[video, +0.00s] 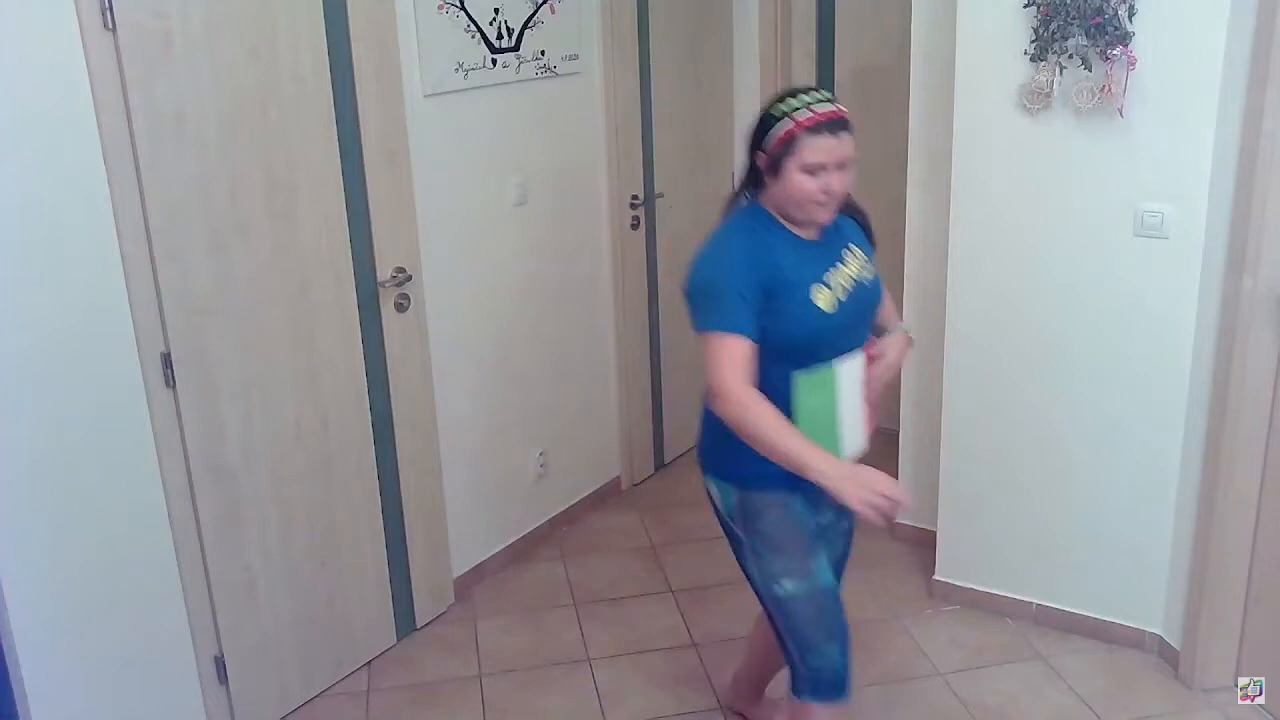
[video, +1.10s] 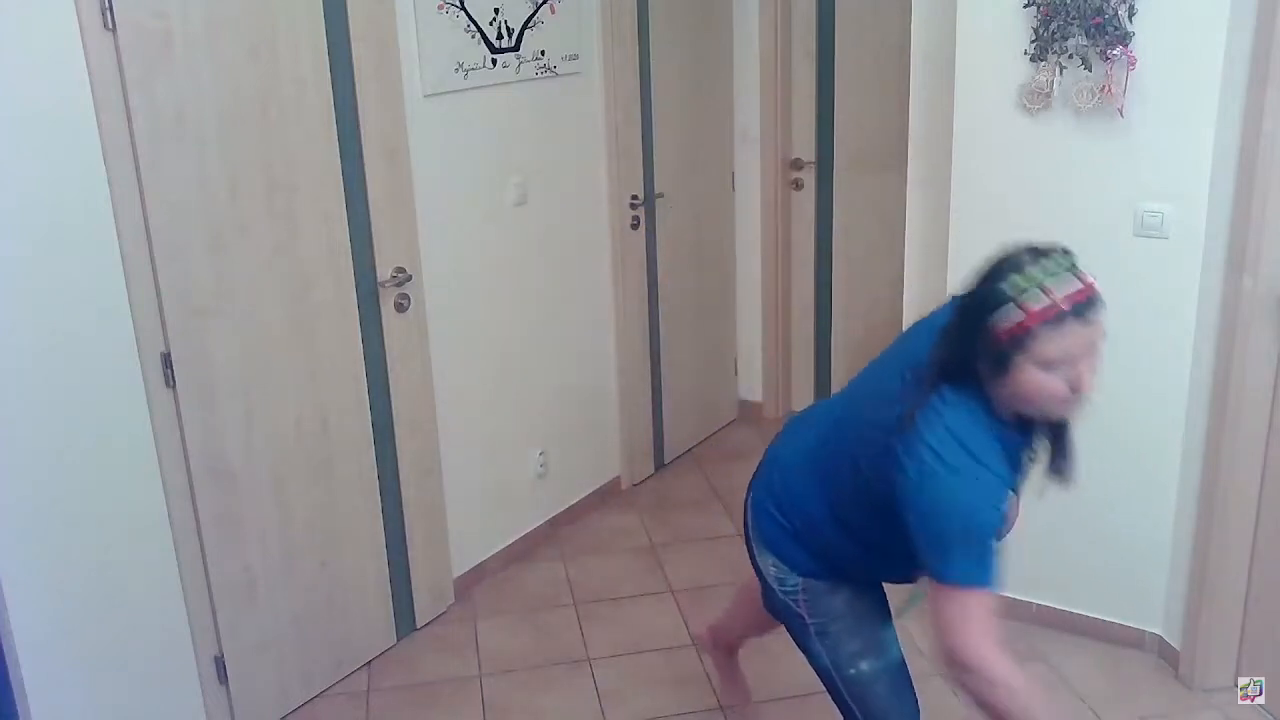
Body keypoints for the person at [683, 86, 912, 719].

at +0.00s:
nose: (834, 186)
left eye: (844, 168)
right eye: (815, 171)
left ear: (854, 163)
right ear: (768, 170)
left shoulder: (846, 228)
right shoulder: (733, 255)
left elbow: (877, 307)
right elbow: (728, 393)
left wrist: (895, 341)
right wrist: (836, 473)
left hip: (839, 464)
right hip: (759, 477)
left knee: (801, 604)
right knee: (825, 662)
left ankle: (740, 694)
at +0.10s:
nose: (845, 195)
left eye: (856, 178)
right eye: (827, 180)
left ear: (868, 173)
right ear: (779, 179)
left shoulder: (856, 236)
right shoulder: (746, 268)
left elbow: (882, 312)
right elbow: (750, 409)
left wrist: (903, 343)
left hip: (844, 474)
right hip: (766, 487)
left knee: (808, 606)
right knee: (834, 663)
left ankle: (741, 692)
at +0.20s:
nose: (921, 244)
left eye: (933, 225)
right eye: (901, 227)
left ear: (944, 221)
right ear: (851, 225)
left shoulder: (901, 286)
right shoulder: (829, 323)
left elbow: (916, 345)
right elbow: (876, 488)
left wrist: (938, 385)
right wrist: (1012, 597)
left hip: (850, 504)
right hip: (790, 518)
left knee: (821, 618)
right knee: (875, 693)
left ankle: (747, 686)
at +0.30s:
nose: (975, 273)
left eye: (984, 253)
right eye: (953, 257)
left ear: (996, 248)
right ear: (899, 258)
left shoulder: (938, 308)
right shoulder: (874, 340)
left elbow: (931, 375)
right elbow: (945, 541)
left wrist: (963, 414)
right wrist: (1081, 660)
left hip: (846, 511)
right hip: (796, 527)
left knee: (802, 615)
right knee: (884, 701)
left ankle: (747, 686)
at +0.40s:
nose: (1032, 315)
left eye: (1038, 293)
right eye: (1008, 300)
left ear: (1047, 277)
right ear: (950, 295)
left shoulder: (921, 295)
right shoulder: (924, 384)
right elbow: (1005, 590)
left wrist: (976, 433)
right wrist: (1127, 710)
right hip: (797, 529)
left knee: (798, 598)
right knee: (889, 705)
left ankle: (741, 675)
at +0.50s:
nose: (1093, 373)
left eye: (1100, 349)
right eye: (1067, 360)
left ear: (1110, 331)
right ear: (1011, 351)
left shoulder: (975, 297)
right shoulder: (978, 439)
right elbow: (1065, 653)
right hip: (804, 530)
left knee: (782, 574)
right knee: (893, 709)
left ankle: (727, 626)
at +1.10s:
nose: (1081, 383)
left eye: (1090, 355)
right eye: (1054, 366)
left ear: (1098, 340)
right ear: (994, 361)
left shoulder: (984, 321)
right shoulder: (953, 461)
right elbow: (969, 653)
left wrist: (996, 486)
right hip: (801, 539)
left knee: (788, 588)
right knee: (892, 709)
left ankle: (722, 635)